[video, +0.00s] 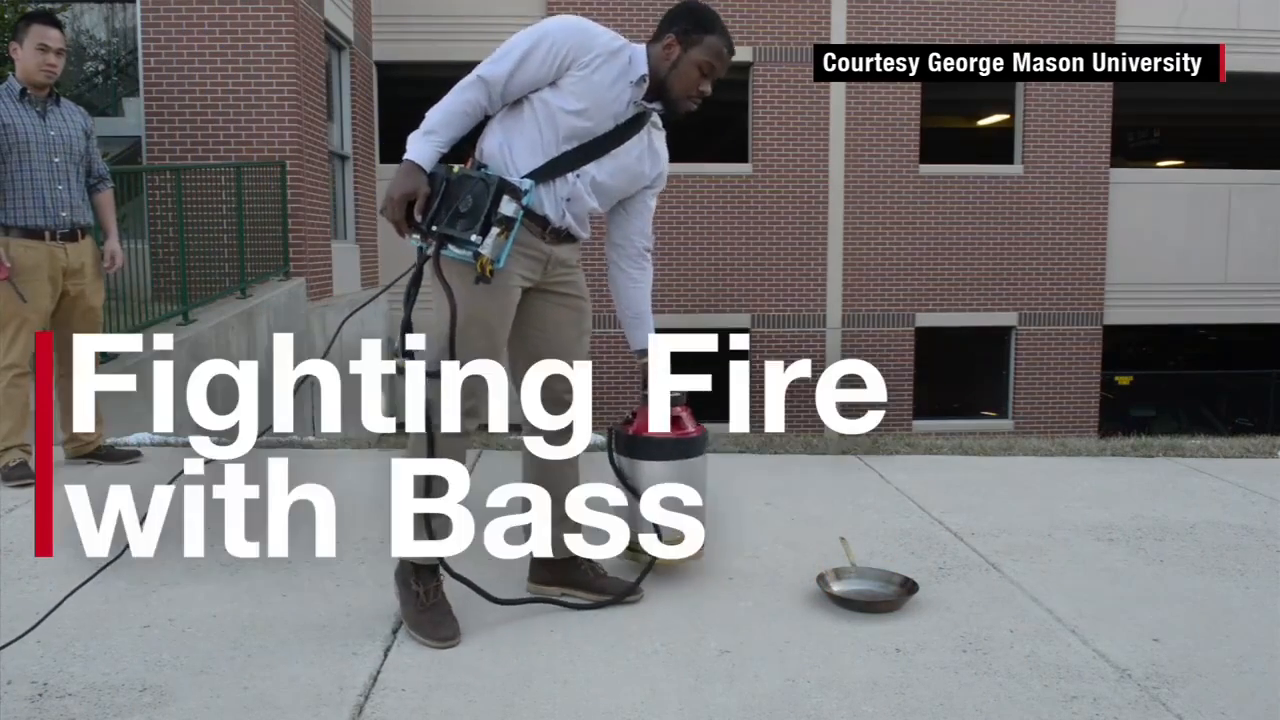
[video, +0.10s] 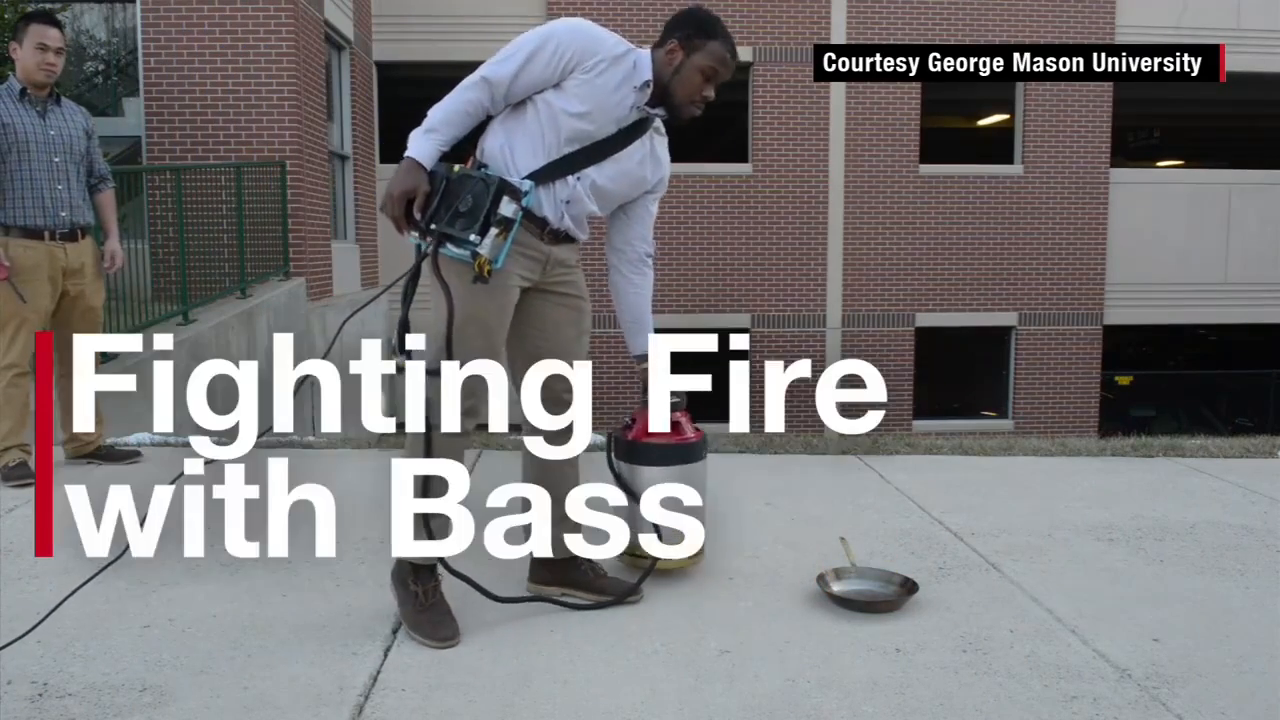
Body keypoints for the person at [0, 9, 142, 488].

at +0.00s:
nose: (53, 60)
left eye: (61, 54)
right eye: (43, 50)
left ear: (66, 61)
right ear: (15, 52)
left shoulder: (77, 116)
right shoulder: (3, 106)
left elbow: (98, 179)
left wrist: (112, 235)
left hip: (80, 249)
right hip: (21, 252)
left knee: (83, 352)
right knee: (17, 360)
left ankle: (86, 442)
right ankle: (13, 452)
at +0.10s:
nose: (52, 59)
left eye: (60, 53)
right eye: (42, 49)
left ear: (65, 61)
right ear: (15, 52)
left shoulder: (77, 115)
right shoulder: (3, 106)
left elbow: (100, 179)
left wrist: (113, 235)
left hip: (80, 249)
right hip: (21, 251)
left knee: (83, 352)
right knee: (17, 360)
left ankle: (86, 442)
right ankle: (13, 452)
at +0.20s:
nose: (52, 59)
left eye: (60, 52)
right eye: (42, 49)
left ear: (66, 61)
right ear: (15, 52)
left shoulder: (79, 115)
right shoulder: (3, 106)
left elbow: (101, 179)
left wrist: (114, 235)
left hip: (80, 249)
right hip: (21, 250)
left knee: (84, 352)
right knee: (17, 359)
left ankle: (86, 442)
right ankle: (13, 452)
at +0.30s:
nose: (52, 58)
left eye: (60, 52)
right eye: (42, 48)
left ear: (66, 60)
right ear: (15, 52)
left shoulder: (80, 116)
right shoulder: (3, 106)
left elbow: (102, 179)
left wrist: (115, 235)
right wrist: (1, 250)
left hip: (81, 249)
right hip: (21, 250)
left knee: (85, 352)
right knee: (17, 359)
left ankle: (86, 442)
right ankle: (13, 452)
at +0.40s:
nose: (52, 58)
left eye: (60, 52)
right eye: (42, 48)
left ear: (66, 60)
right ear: (16, 51)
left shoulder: (81, 116)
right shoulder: (3, 105)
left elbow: (103, 179)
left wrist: (116, 233)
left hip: (81, 249)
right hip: (21, 250)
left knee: (85, 352)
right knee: (17, 359)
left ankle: (86, 442)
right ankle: (13, 453)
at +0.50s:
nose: (52, 58)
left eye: (60, 51)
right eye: (42, 48)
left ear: (66, 60)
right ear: (16, 51)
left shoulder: (81, 116)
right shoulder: (3, 105)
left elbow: (104, 178)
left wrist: (117, 234)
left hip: (82, 249)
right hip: (21, 250)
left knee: (85, 351)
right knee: (17, 358)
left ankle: (86, 442)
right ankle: (13, 452)